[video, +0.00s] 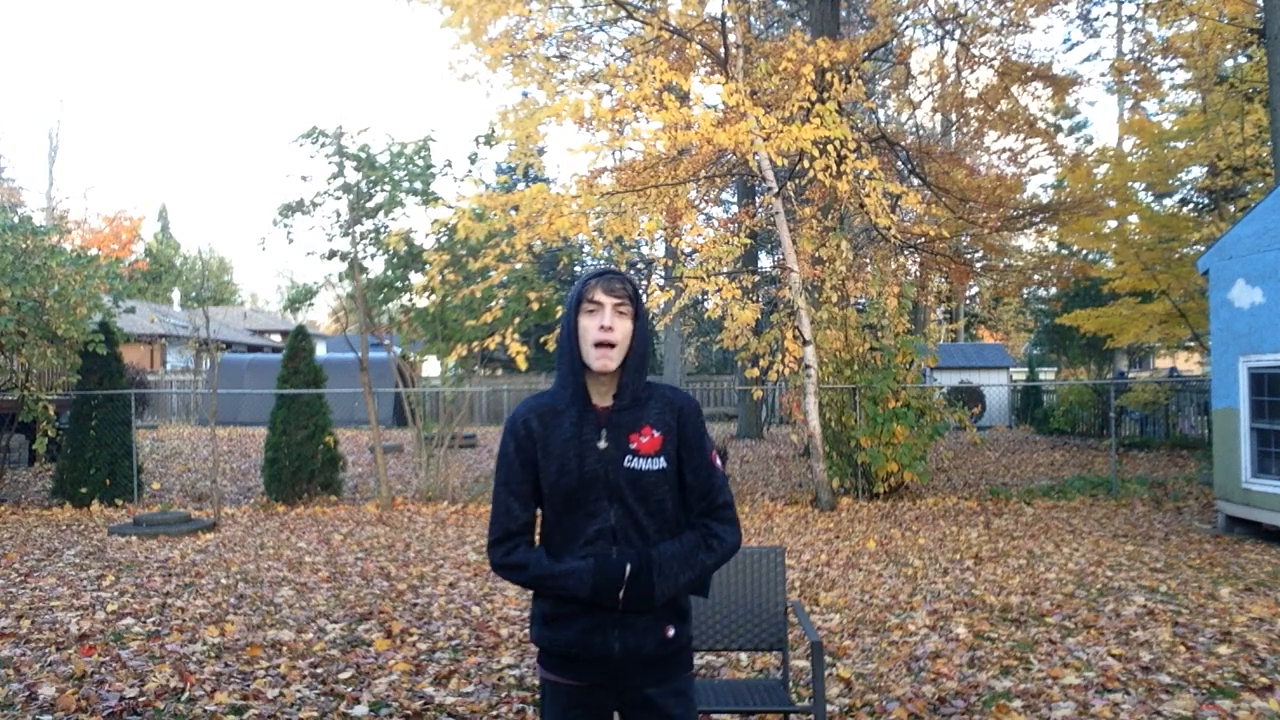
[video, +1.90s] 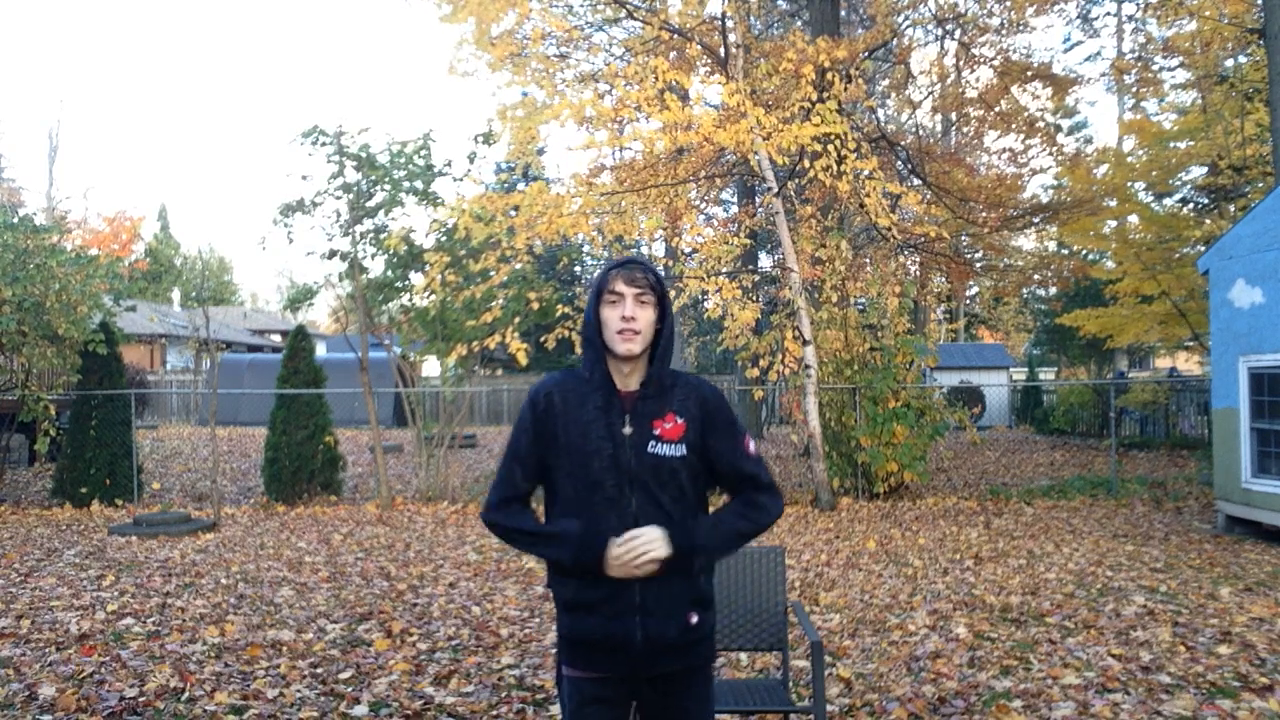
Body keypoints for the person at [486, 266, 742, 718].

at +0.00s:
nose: (606, 325)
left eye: (621, 312)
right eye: (592, 310)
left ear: (637, 329)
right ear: (571, 326)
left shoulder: (676, 412)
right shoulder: (533, 421)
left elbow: (722, 528)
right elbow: (506, 549)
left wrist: (648, 573)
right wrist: (593, 577)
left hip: (661, 659)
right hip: (569, 661)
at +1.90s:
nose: (627, 313)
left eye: (642, 301)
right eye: (614, 300)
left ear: (660, 317)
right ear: (595, 314)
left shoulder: (697, 400)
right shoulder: (553, 401)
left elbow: (762, 498)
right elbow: (501, 509)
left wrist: (680, 538)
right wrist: (593, 553)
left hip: (681, 645)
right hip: (590, 649)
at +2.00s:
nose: (620, 313)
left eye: (634, 300)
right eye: (606, 300)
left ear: (652, 317)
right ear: (586, 315)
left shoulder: (690, 391)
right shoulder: (547, 392)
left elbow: (783, 468)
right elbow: (481, 486)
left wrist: (756, 555)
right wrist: (521, 572)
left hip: (673, 638)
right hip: (582, 641)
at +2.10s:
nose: (617, 322)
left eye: (631, 310)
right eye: (603, 309)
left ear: (649, 325)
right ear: (582, 321)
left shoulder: (684, 402)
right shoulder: (537, 408)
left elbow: (761, 503)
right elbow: (483, 521)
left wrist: (851, 595)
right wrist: (437, 637)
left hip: (665, 650)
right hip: (573, 653)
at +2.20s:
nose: (612, 321)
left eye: (626, 309)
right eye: (598, 308)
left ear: (645, 323)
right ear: (577, 321)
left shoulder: (678, 402)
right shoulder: (540, 408)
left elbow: (725, 526)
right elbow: (511, 544)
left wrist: (824, 580)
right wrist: (437, 635)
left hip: (659, 648)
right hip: (566, 652)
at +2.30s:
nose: (609, 316)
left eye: (623, 305)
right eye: (595, 304)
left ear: (642, 319)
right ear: (576, 319)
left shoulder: (678, 402)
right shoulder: (539, 408)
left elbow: (696, 530)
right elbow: (532, 541)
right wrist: (477, 628)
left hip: (658, 645)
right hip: (570, 647)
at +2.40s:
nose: (598, 322)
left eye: (613, 308)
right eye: (585, 312)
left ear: (640, 321)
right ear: (574, 330)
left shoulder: (684, 411)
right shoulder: (543, 417)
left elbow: (692, 538)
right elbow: (537, 545)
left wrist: (724, 627)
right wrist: (519, 637)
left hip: (662, 650)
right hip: (575, 654)